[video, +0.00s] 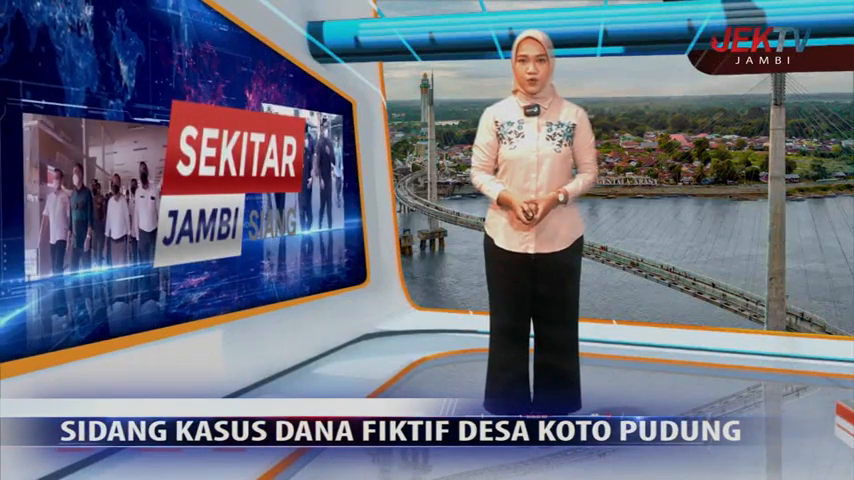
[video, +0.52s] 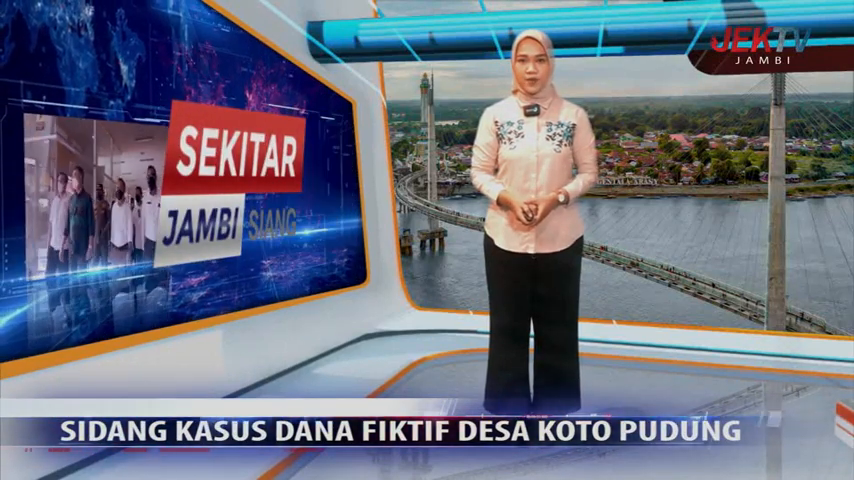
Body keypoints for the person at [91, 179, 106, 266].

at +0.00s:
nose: (96, 189)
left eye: (97, 187)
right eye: (94, 187)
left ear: (99, 188)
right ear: (92, 188)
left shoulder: (102, 198)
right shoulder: (91, 198)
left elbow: (104, 210)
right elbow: (89, 210)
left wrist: (104, 219)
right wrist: (90, 221)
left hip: (101, 221)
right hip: (94, 221)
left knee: (101, 240)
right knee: (94, 240)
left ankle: (100, 258)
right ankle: (94, 258)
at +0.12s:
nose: (96, 187)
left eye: (97, 185)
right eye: (94, 185)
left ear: (100, 186)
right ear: (92, 186)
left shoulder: (102, 197)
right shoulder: (90, 197)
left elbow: (103, 209)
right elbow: (89, 209)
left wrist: (103, 219)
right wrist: (88, 221)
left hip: (100, 220)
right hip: (92, 220)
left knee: (100, 240)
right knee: (93, 239)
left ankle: (99, 260)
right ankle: (93, 260)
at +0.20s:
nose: (96, 188)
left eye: (97, 185)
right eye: (95, 186)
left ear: (99, 187)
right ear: (92, 187)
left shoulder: (102, 199)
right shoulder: (90, 199)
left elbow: (104, 212)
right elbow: (88, 212)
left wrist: (104, 222)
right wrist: (88, 223)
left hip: (100, 222)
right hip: (92, 222)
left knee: (100, 240)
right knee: (93, 241)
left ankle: (101, 260)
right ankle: (93, 261)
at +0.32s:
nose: (97, 190)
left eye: (99, 188)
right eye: (95, 188)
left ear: (101, 189)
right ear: (93, 189)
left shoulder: (104, 202)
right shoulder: (91, 202)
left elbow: (106, 216)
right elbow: (89, 215)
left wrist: (105, 226)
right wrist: (89, 227)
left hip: (102, 226)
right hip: (93, 226)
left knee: (101, 242)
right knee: (94, 242)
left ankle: (102, 261)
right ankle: (93, 261)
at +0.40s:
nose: (98, 191)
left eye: (99, 189)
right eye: (96, 189)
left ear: (102, 191)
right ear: (94, 191)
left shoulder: (105, 203)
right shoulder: (93, 203)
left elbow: (107, 216)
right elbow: (91, 215)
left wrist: (105, 227)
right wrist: (91, 226)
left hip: (103, 225)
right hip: (95, 225)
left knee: (102, 241)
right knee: (95, 241)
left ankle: (103, 260)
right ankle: (94, 259)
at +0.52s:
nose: (99, 193)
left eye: (101, 191)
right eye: (97, 191)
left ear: (103, 193)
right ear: (95, 192)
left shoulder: (106, 204)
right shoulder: (94, 204)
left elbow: (108, 218)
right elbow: (92, 217)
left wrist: (105, 229)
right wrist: (92, 228)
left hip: (103, 228)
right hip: (96, 227)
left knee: (103, 244)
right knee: (96, 243)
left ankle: (104, 261)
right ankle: (95, 261)